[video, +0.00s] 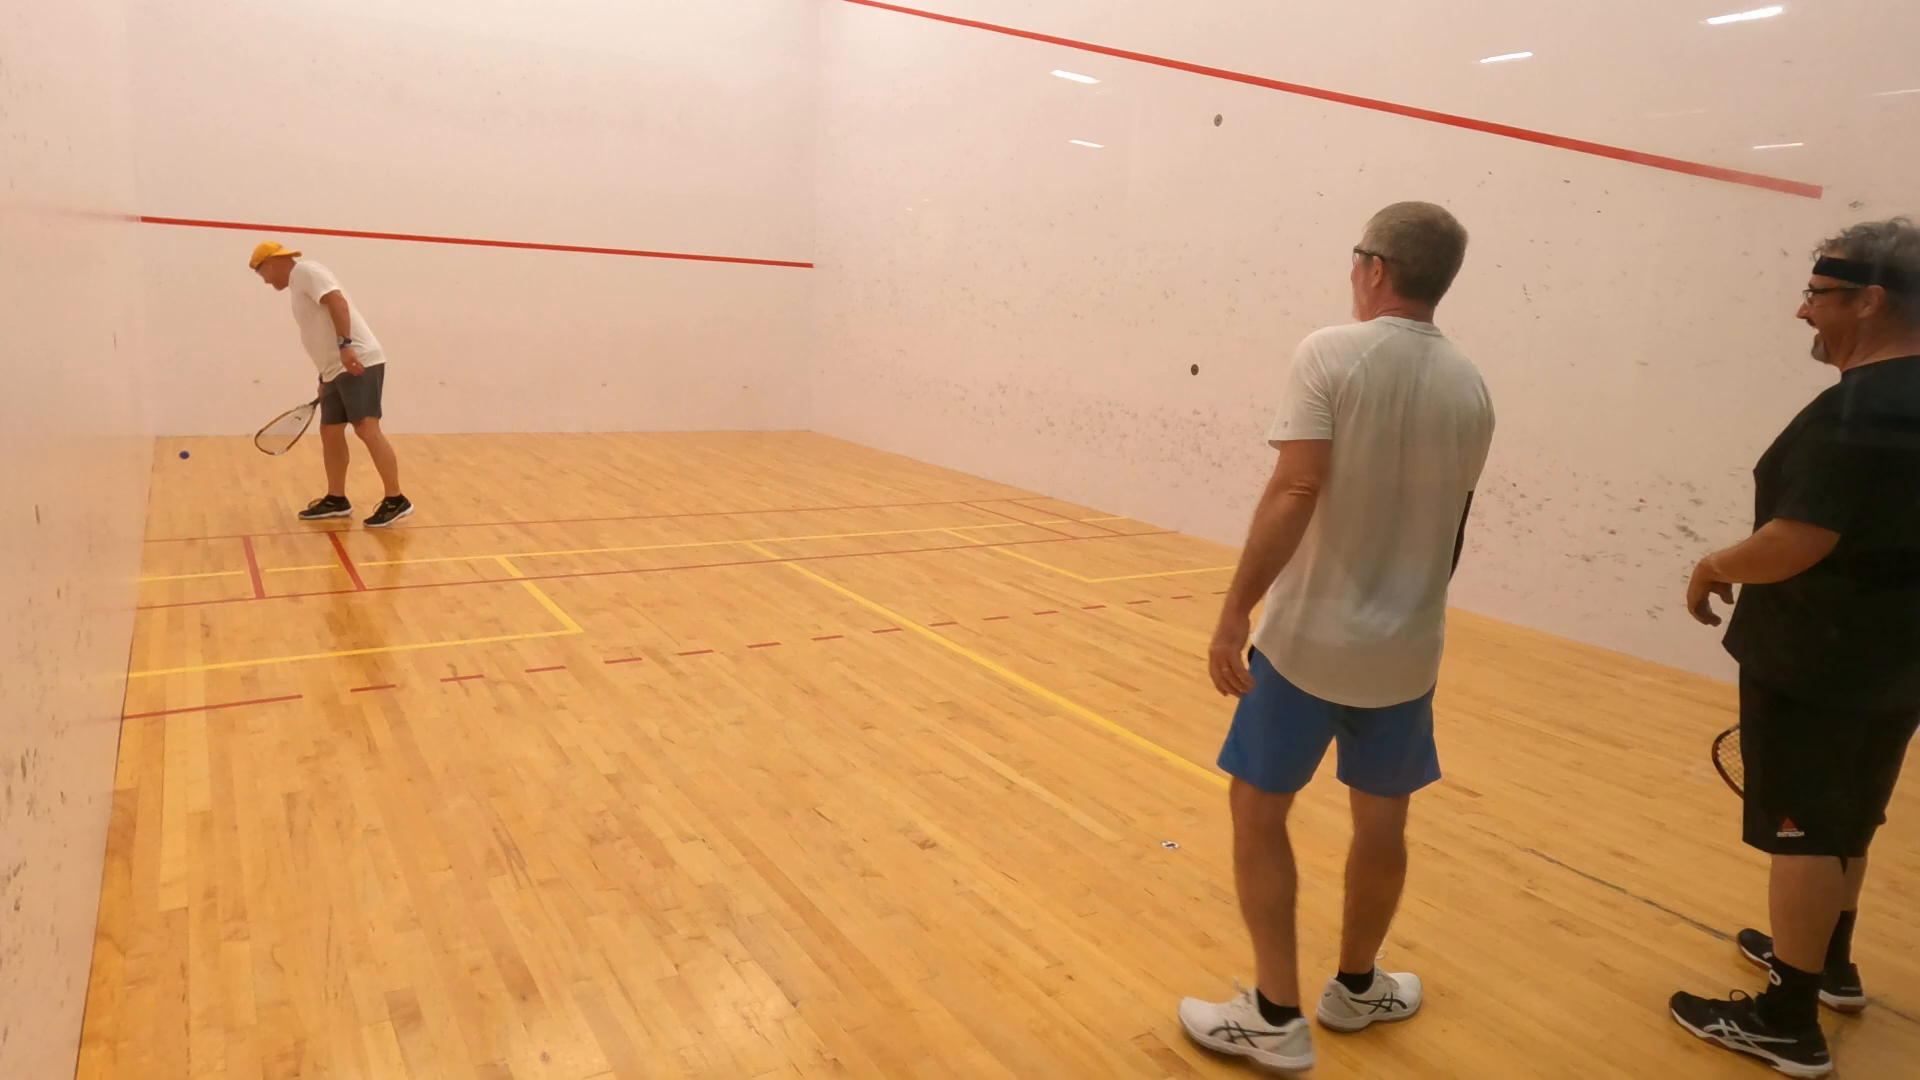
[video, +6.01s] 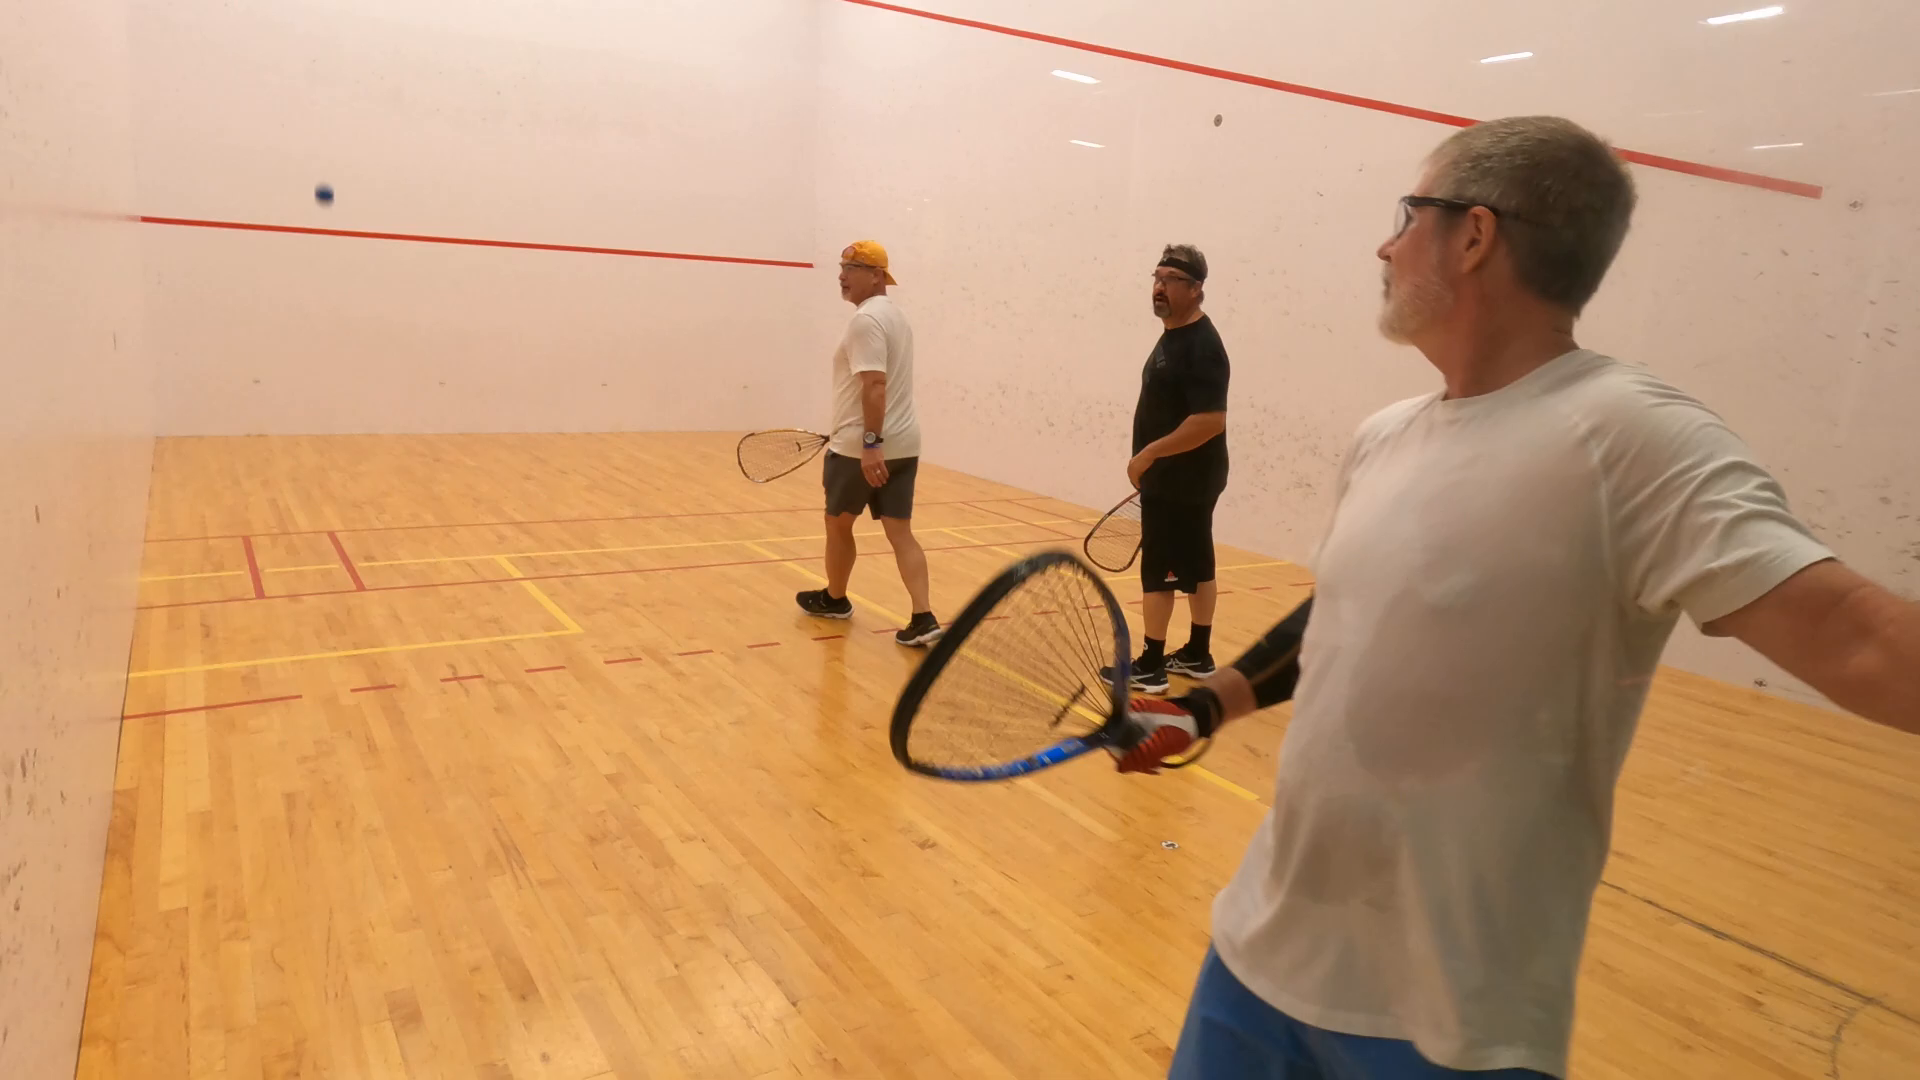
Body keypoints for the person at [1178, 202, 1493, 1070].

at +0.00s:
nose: (1351, 275)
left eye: (1357, 263)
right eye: (1358, 260)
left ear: (1375, 273)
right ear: (1441, 283)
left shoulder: (1332, 355)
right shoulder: (1470, 388)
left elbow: (1295, 489)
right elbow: (1450, 528)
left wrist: (1236, 607)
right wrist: (1404, 619)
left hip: (1309, 641)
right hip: (1408, 652)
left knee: (1258, 809)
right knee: (1382, 814)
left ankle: (1277, 1013)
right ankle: (1355, 984)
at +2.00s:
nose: (1062, 312)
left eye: (1063, 300)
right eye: (1065, 300)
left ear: (1077, 304)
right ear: (1136, 306)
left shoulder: (1067, 379)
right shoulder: (1183, 379)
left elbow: (1034, 506)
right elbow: (1211, 500)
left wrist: (1005, 599)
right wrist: (1154, 564)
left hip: (1110, 608)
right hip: (1196, 605)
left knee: (1029, 746)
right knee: (1206, 731)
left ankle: (1007, 920)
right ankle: (1235, 874)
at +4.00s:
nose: (1238, 289)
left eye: (1244, 279)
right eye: (1243, 277)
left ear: (1260, 290)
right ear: (1316, 299)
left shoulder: (1236, 365)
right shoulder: (1331, 376)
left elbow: (1205, 489)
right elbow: (1314, 497)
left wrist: (1153, 522)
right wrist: (1185, 527)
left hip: (1225, 604)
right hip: (1286, 603)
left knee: (1172, 761)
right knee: (1226, 733)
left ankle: (1270, 939)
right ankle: (1212, 870)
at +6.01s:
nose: (1386, 244)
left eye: (1409, 216)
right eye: (1399, 215)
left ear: (1475, 241)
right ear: (1477, 245)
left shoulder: (1628, 434)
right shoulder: (1385, 438)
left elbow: (1858, 635)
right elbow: (1350, 617)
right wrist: (1207, 705)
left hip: (1444, 1018)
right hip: (1257, 961)